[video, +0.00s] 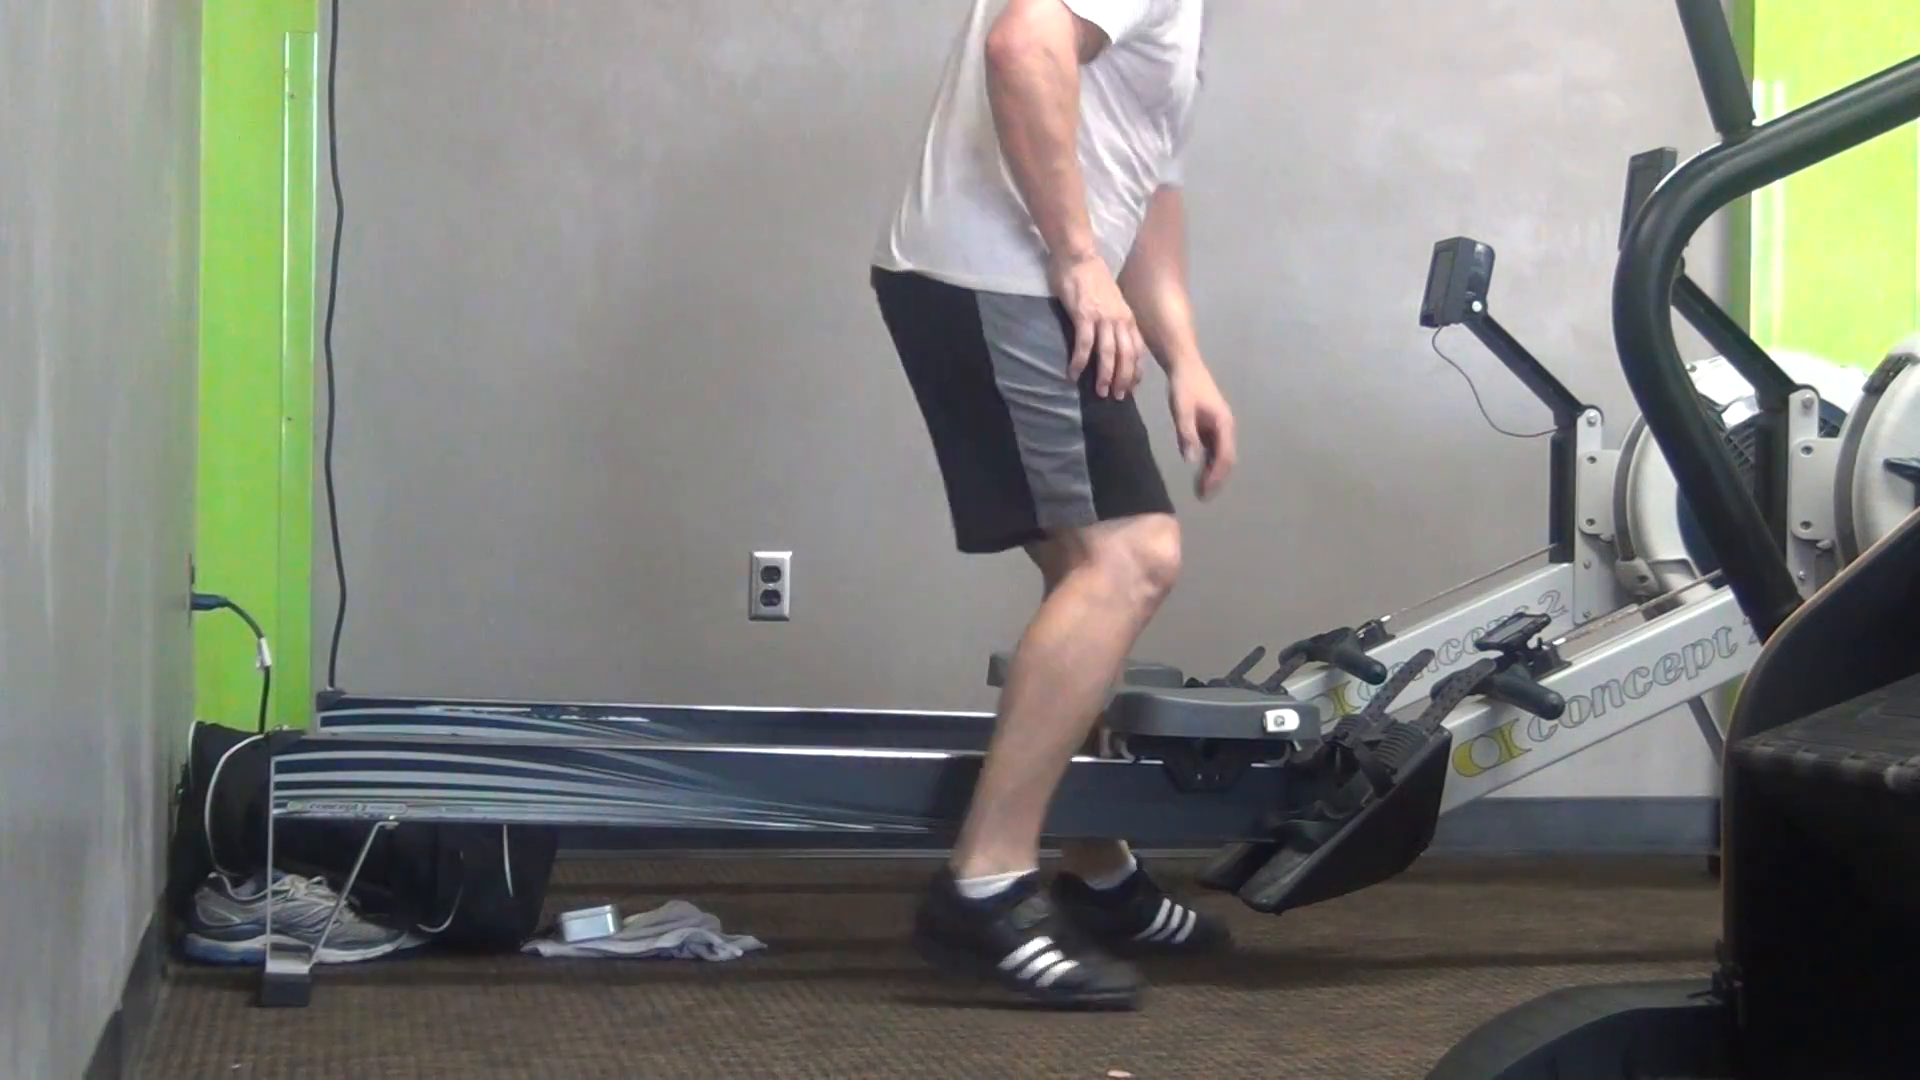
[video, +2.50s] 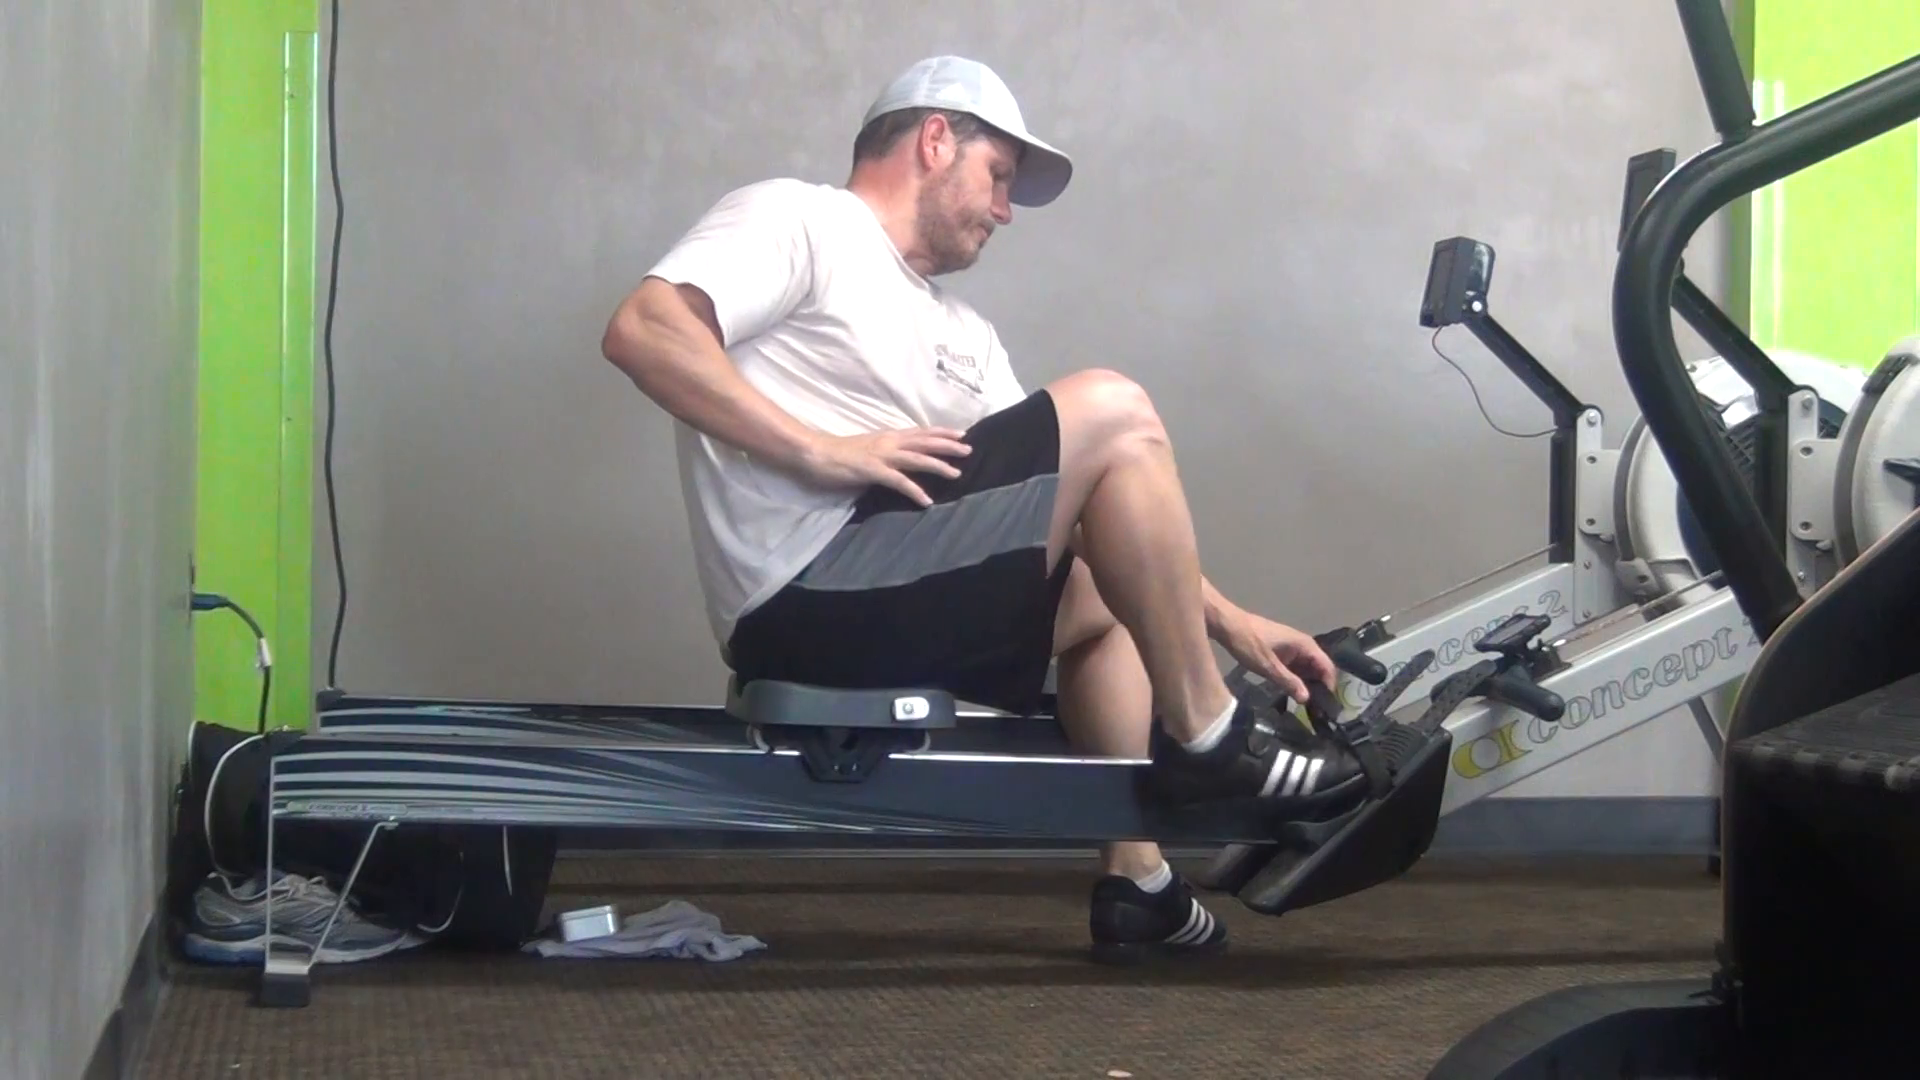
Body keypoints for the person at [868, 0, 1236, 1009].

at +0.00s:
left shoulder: (1171, 21)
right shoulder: (1139, 1)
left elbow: (1150, 192)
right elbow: (1024, 46)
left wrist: (1185, 359)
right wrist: (1080, 259)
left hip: (1018, 269)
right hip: (990, 263)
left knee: (1092, 574)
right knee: (1134, 555)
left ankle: (1086, 866)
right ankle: (985, 885)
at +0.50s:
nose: (1392, 243)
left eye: (1414, 231)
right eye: (1411, 213)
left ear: (1375, 145)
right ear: (1382, 143)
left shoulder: (1269, 258)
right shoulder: (1246, 136)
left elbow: (1248, 445)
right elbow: (1079, 175)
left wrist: (1258, 633)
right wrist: (1086, 381)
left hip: (1021, 413)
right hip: (982, 397)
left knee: (1199, 607)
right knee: (1256, 590)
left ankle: (1096, 884)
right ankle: (1142, 929)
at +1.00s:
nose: (1274, 283)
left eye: (1289, 265)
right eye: (1283, 253)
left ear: (1233, 198)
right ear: (1235, 197)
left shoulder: (1160, 301)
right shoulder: (1110, 242)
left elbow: (1190, 507)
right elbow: (966, 358)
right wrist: (1067, 522)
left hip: (1021, 585)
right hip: (965, 591)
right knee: (1313, 624)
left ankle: (1102, 880)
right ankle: (1148, 930)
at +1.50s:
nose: (1149, 233)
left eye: (1157, 209)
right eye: (1147, 197)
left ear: (1086, 171)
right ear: (1084, 164)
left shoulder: (1058, 342)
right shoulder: (945, 236)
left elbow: (1138, 519)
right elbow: (805, 363)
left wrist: (1276, 674)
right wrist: (924, 526)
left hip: (934, 600)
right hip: (839, 596)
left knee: (1181, 645)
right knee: (1204, 571)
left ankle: (1133, 935)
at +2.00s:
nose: (1058, 215)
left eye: (1066, 193)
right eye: (1054, 180)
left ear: (993, 149)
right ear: (991, 142)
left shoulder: (991, 330)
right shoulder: (855, 219)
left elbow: (1103, 501)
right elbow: (724, 353)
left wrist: (1248, 638)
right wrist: (882, 497)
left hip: (907, 585)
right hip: (815, 591)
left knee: (1150, 565)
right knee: (1160, 531)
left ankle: (1147, 871)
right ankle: (1168, 877)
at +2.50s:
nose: (1008, 208)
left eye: (1019, 187)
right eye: (1000, 174)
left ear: (945, 160)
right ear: (933, 142)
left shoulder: (969, 340)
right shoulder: (797, 217)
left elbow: (1078, 514)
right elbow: (646, 328)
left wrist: (1236, 626)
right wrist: (818, 450)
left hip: (908, 612)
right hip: (802, 589)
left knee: (1111, 587)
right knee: (1109, 407)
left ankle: (1138, 881)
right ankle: (1204, 738)